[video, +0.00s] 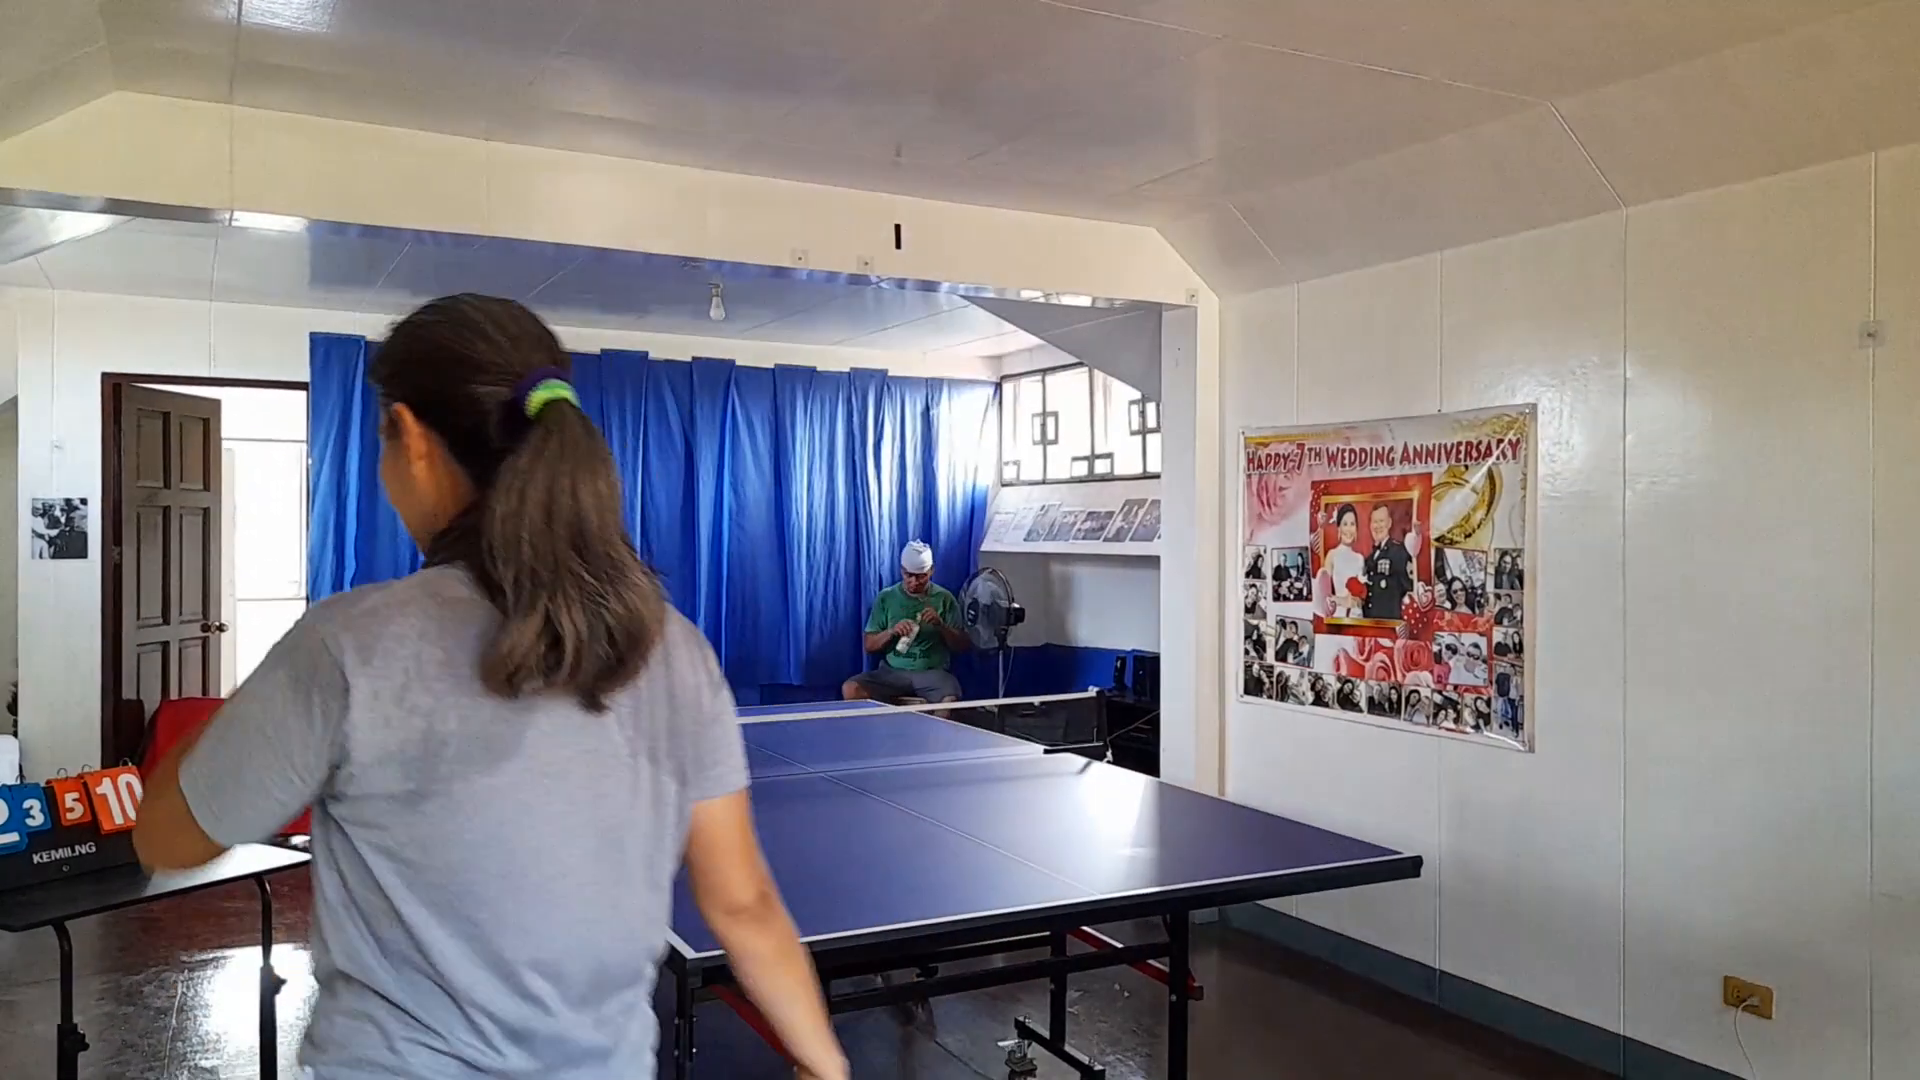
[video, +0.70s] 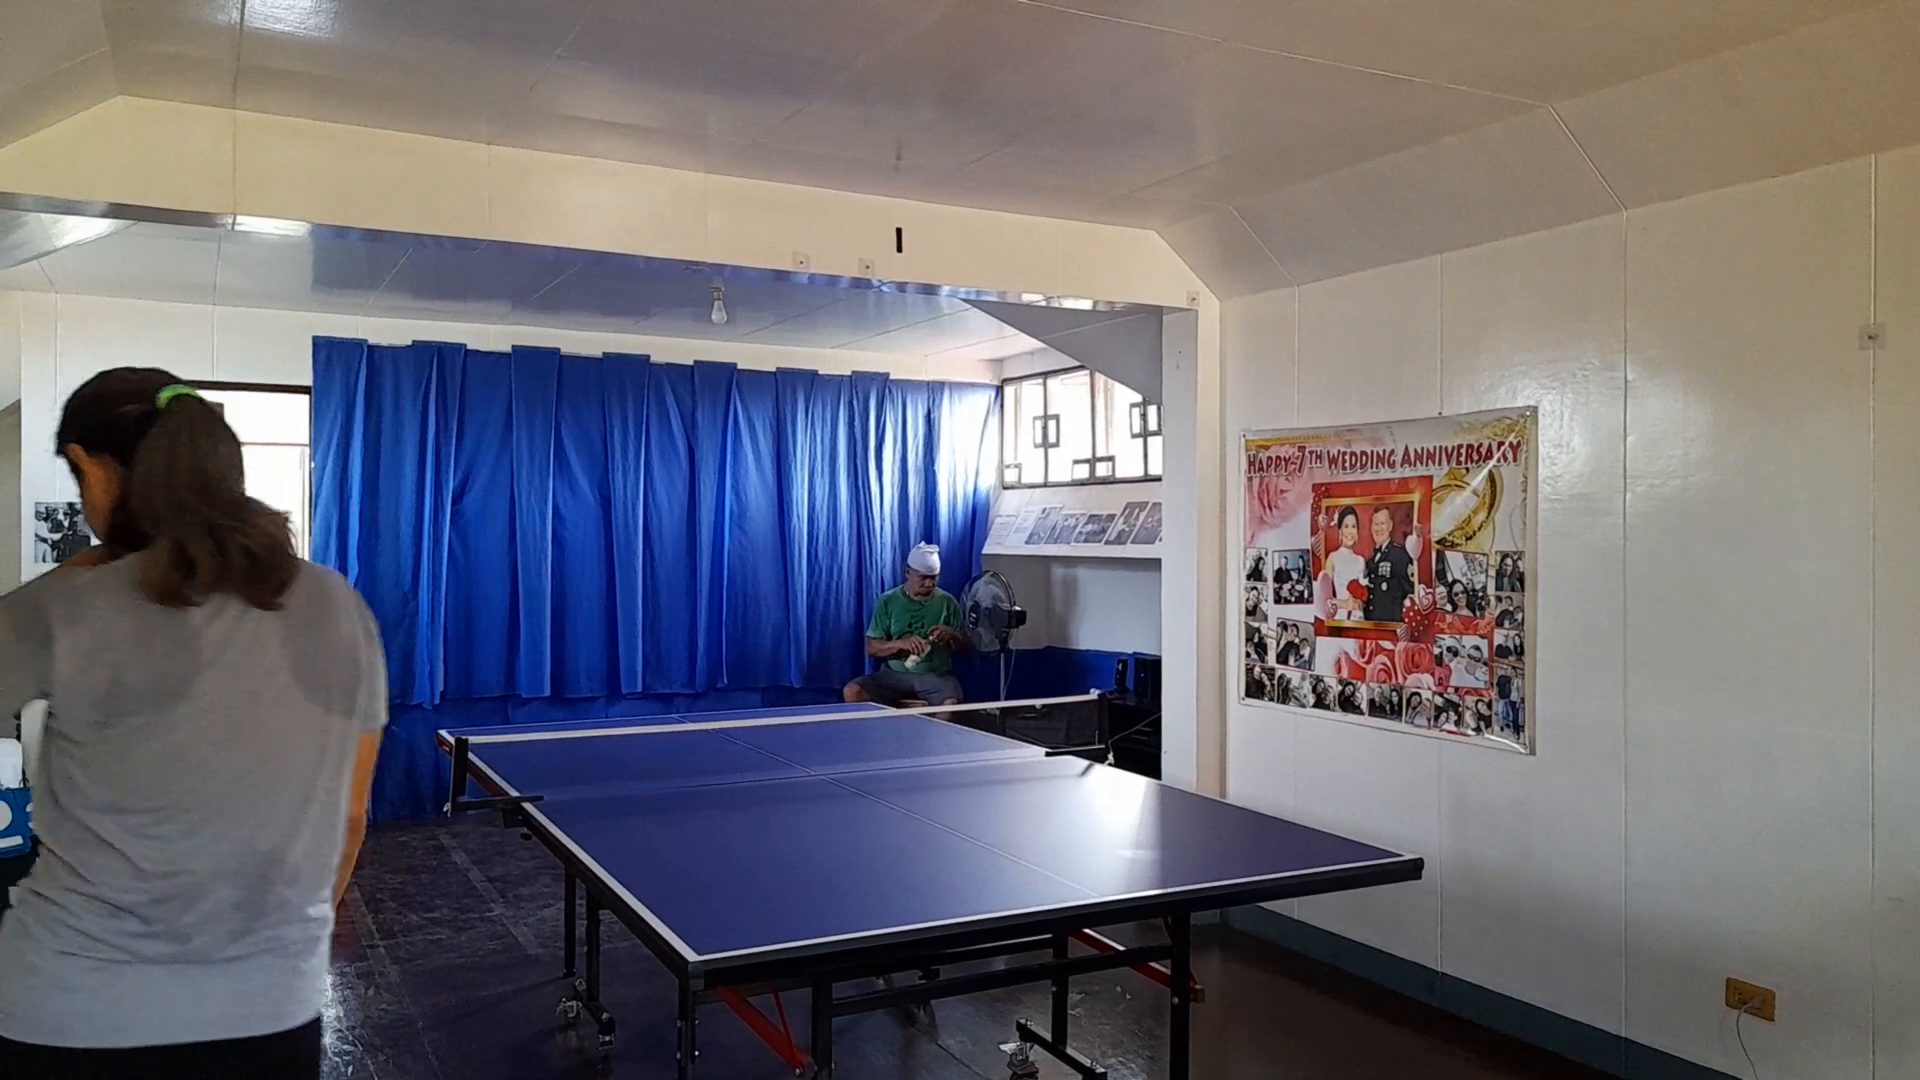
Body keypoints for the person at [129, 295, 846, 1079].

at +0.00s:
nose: (384, 473)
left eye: (384, 443)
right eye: (384, 445)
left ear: (411, 440)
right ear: (551, 430)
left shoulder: (353, 643)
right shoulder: (676, 652)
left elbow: (164, 843)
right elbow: (742, 903)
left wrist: (201, 734)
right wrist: (828, 1067)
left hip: (393, 1062)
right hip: (609, 1065)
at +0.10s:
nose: (347, 472)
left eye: (345, 442)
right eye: (345, 445)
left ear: (374, 439)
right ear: (496, 430)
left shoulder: (327, 625)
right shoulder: (629, 640)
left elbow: (152, 744)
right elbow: (673, 877)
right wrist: (726, 1033)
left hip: (354, 1060)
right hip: (559, 1059)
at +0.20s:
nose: (308, 483)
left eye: (302, 453)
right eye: (301, 456)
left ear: (330, 442)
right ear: (458, 427)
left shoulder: (301, 609)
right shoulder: (590, 623)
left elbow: (132, 683)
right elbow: (606, 856)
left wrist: (280, 577)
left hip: (327, 1052)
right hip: (523, 1047)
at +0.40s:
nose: (233, 509)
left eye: (226, 479)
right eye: (225, 483)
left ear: (250, 463)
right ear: (372, 446)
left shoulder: (241, 610)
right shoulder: (502, 611)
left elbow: (64, 672)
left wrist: (219, 563)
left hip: (245, 1051)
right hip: (446, 1037)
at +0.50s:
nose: (185, 512)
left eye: (180, 486)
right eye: (180, 489)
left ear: (198, 477)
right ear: (324, 461)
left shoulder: (187, 622)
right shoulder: (445, 618)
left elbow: (16, 685)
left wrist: (175, 563)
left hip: (193, 1051)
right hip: (394, 1037)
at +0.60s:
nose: (132, 500)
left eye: (126, 482)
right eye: (124, 482)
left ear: (147, 480)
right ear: (266, 464)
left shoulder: (123, 625)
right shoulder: (389, 619)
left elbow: (9, 667)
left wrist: (123, 555)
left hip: (122, 1053)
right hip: (334, 1038)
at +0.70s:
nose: (81, 500)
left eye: (77, 477)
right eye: (75, 479)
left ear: (101, 472)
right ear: (210, 460)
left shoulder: (65, 608)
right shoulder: (341, 610)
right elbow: (352, 814)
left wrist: (72, 576)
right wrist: (314, 924)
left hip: (71, 1028)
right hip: (272, 1025)